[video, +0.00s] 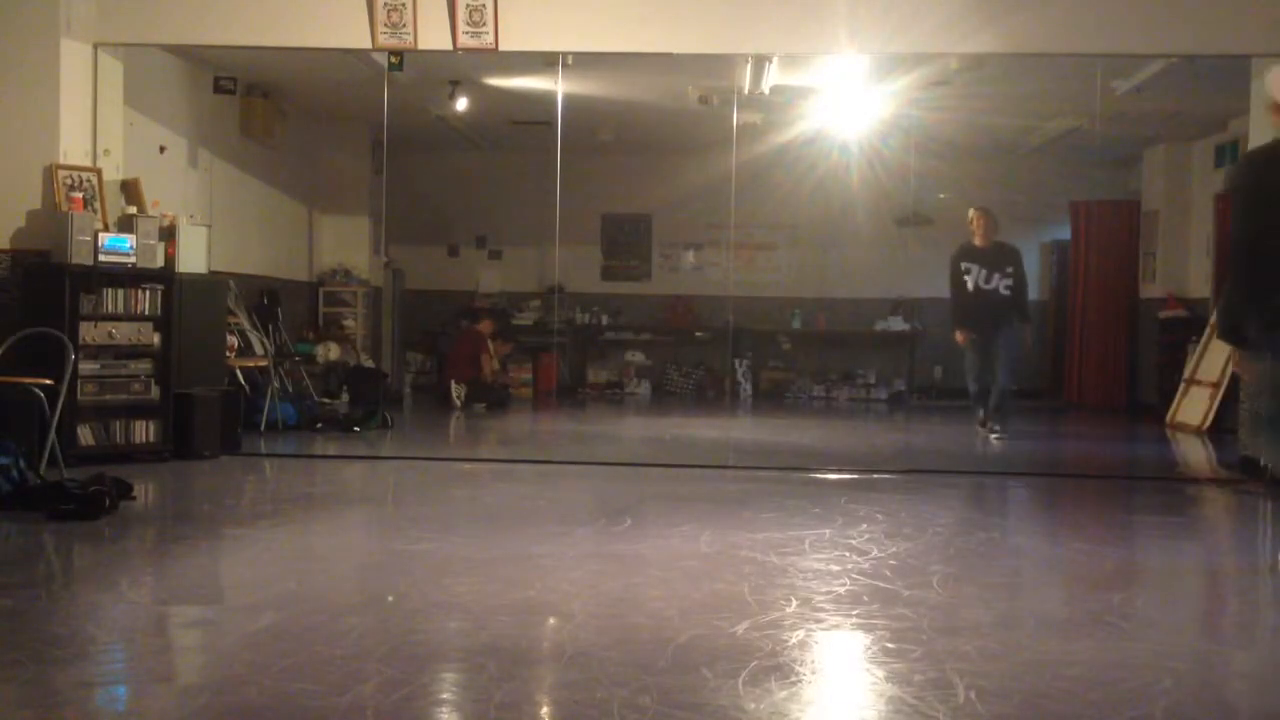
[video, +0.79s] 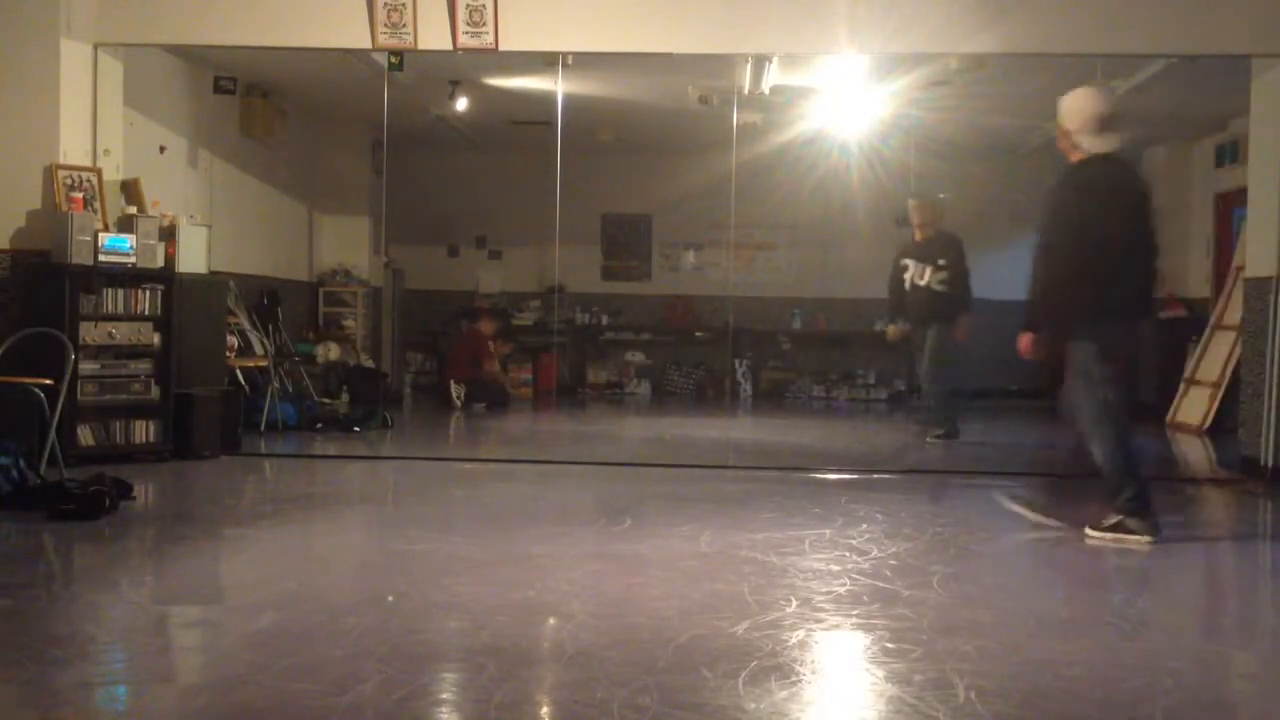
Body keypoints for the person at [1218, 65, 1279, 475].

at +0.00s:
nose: (1274, 110)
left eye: (1272, 102)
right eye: (1275, 102)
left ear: (1270, 108)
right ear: (1273, 108)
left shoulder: (1255, 168)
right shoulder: (1254, 167)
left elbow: (1241, 259)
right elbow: (1240, 259)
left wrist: (1233, 328)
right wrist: (1236, 328)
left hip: (1261, 317)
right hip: (1262, 317)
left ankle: (1257, 457)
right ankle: (1254, 456)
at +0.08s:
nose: (1248, 110)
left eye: (1249, 103)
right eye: (1255, 101)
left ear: (1255, 107)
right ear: (1276, 107)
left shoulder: (1244, 175)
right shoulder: (1246, 173)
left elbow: (1226, 256)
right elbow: (1225, 255)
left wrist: (1214, 323)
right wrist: (1216, 321)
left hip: (1263, 321)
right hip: (1263, 321)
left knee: (1235, 422)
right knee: (1245, 420)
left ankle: (1271, 522)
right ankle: (1270, 528)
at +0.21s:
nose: (1212, 120)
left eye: (1215, 113)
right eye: (1215, 112)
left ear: (1226, 115)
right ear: (1260, 112)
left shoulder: (1229, 171)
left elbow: (1206, 252)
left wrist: (1188, 319)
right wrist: (1193, 317)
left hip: (1245, 320)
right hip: (1270, 318)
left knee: (1200, 415)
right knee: (1228, 417)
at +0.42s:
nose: (1153, 135)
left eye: (1157, 127)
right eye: (1156, 126)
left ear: (1167, 132)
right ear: (1203, 128)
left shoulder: (1168, 186)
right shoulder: (1232, 180)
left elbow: (1165, 279)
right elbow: (1245, 267)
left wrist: (1154, 350)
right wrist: (1238, 329)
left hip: (1183, 334)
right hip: (1232, 330)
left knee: (1147, 424)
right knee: (1229, 428)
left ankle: (1139, 514)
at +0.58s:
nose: (1107, 129)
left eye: (1108, 121)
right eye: (1108, 121)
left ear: (1117, 125)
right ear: (1154, 121)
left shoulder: (1121, 180)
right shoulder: (1186, 175)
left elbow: (1112, 266)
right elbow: (1200, 256)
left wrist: (1104, 336)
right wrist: (1190, 313)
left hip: (1134, 320)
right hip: (1178, 317)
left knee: (1115, 418)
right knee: (1158, 409)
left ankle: (1132, 514)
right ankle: (1225, 471)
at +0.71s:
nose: (1077, 130)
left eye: (1079, 123)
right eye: (1079, 122)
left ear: (1088, 126)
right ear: (1127, 122)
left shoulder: (1092, 178)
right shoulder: (1153, 173)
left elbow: (1075, 258)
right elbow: (1167, 245)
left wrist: (1058, 322)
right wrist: (1161, 296)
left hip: (1104, 310)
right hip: (1143, 307)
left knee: (1108, 411)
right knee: (1125, 405)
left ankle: (1133, 513)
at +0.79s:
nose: (1057, 137)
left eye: (1058, 131)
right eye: (1059, 130)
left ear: (1067, 135)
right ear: (1104, 127)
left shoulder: (1075, 184)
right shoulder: (1128, 178)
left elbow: (1055, 259)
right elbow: (1142, 253)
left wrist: (1035, 323)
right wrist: (1135, 307)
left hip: (1088, 312)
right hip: (1125, 309)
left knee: (1094, 405)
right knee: (1085, 400)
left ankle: (1132, 510)